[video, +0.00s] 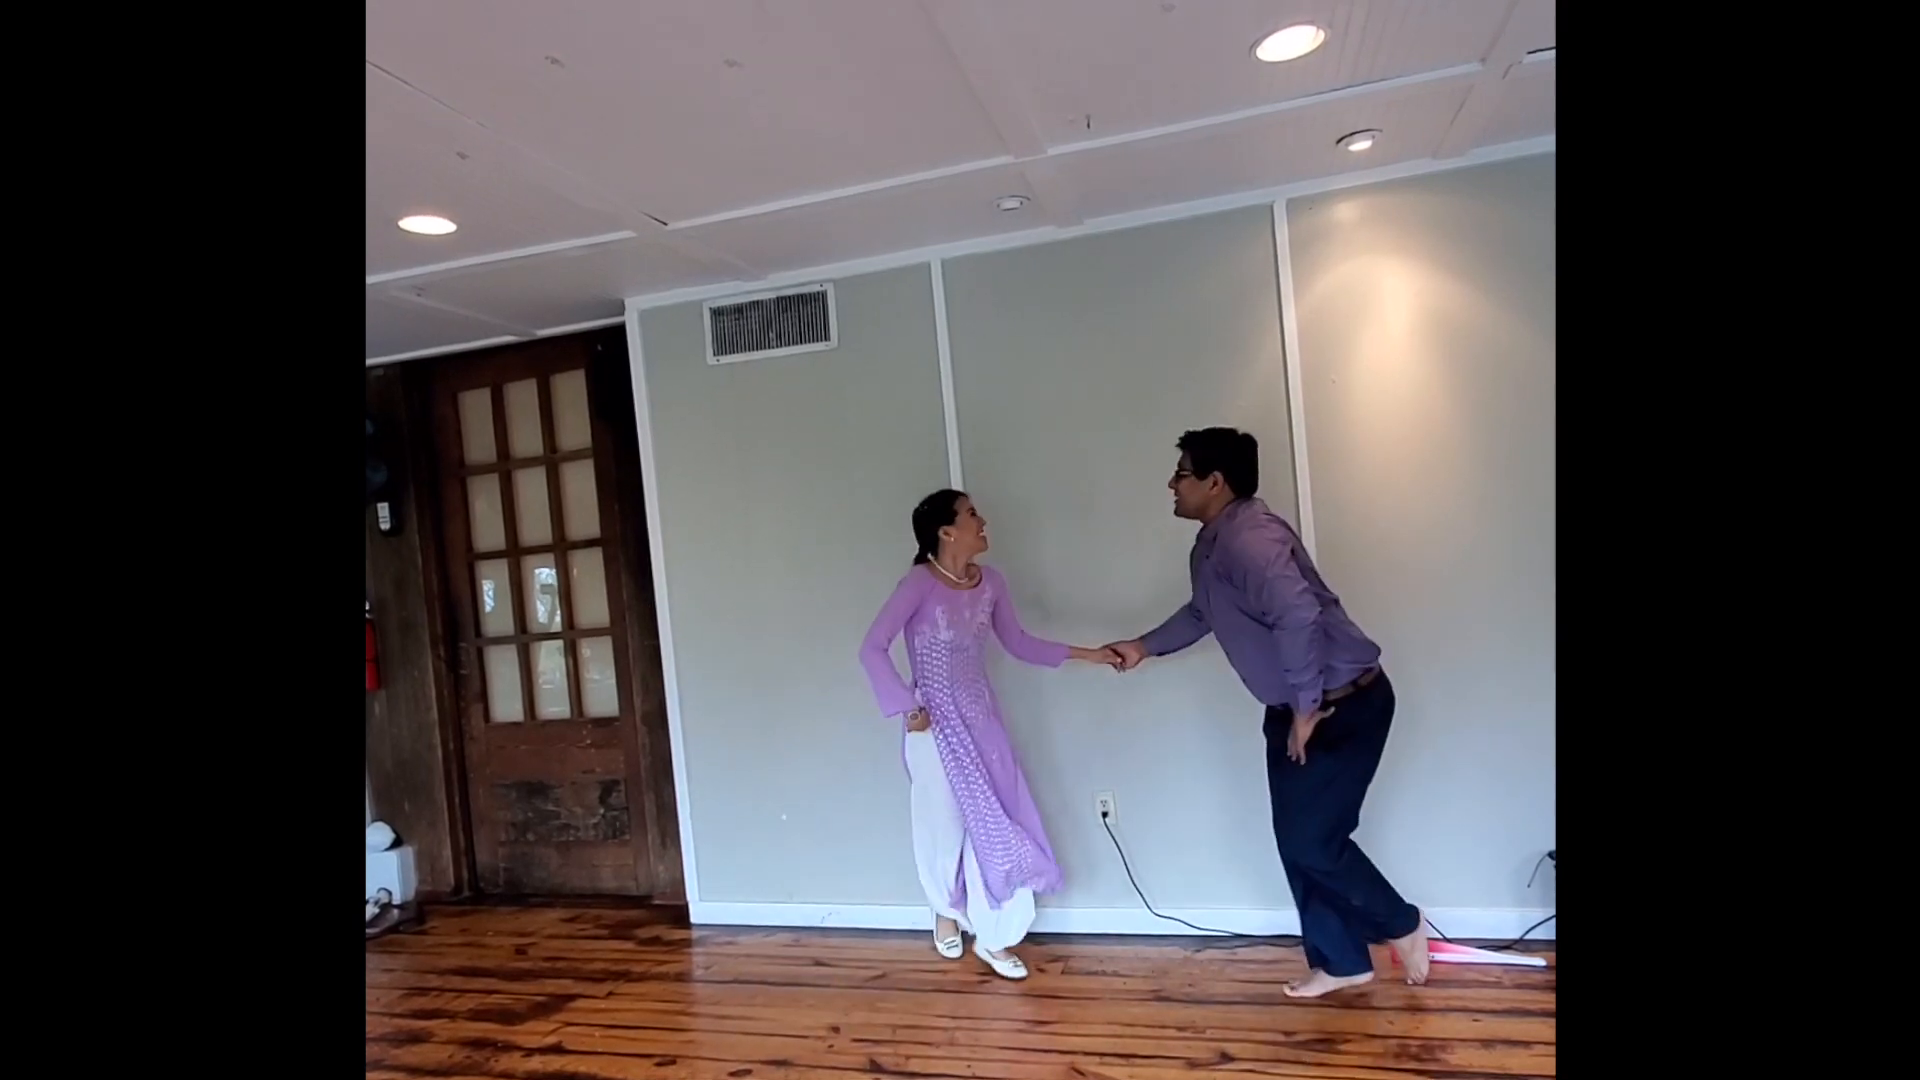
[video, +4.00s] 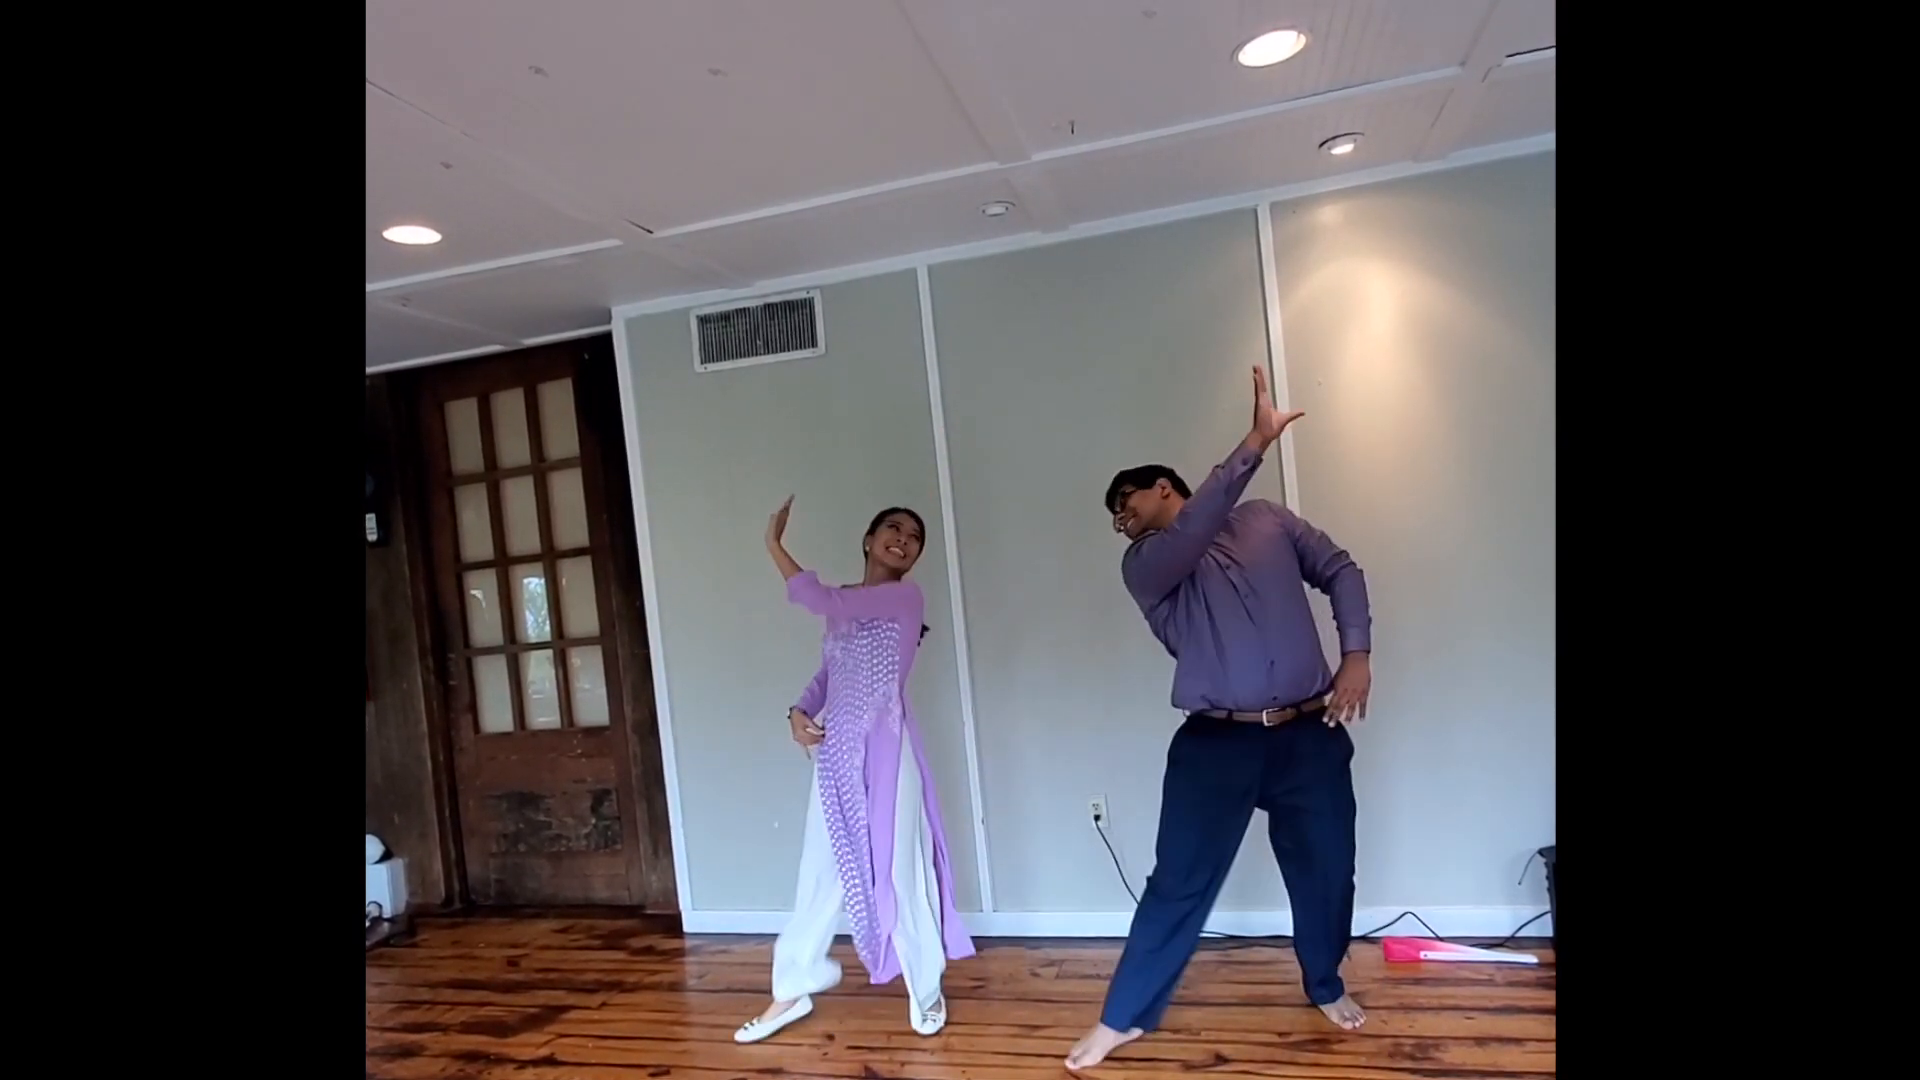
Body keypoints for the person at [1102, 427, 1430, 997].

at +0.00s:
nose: (1172, 483)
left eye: (1183, 474)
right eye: (1176, 472)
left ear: (1217, 483)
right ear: (1213, 483)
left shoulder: (1251, 537)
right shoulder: (1212, 541)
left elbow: (1299, 615)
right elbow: (1203, 613)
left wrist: (1305, 705)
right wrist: (1144, 647)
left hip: (1346, 701)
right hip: (1293, 705)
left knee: (1314, 840)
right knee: (1297, 839)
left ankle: (1405, 925)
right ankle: (1343, 963)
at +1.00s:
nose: (1206, 491)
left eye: (1217, 476)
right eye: (1197, 484)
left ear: (1260, 473)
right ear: (1197, 494)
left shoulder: (1322, 521)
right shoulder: (1199, 555)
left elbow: (1356, 581)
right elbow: (1152, 596)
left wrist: (1364, 658)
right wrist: (1103, 597)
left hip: (1305, 725)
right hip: (1226, 732)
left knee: (1313, 850)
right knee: (1252, 859)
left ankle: (1268, 979)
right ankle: (1281, 962)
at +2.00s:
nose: (1131, 484)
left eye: (1141, 471)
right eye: (1130, 471)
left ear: (1186, 472)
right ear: (1188, 474)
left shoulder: (1199, 534)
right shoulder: (1214, 523)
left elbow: (1224, 627)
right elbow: (1227, 630)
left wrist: (1181, 718)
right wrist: (1189, 718)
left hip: (1245, 734)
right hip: (1277, 728)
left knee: (1207, 889)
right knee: (1260, 879)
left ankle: (1253, 1046)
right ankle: (1320, 1035)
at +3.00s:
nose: (1124, 473)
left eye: (1136, 462)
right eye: (1115, 467)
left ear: (1171, 472)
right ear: (1108, 483)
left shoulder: (1223, 523)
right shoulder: (1091, 532)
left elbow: (1278, 588)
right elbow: (1019, 502)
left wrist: (1268, 661)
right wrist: (954, 449)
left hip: (1239, 722)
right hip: (1151, 735)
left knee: (1305, 851)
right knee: (1178, 875)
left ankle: (1357, 986)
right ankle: (1205, 986)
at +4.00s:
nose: (1121, 520)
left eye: (1125, 503)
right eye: (1117, 514)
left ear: (1167, 487)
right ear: (1149, 509)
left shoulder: (1264, 518)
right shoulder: (1146, 568)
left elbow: (1340, 570)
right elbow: (1192, 526)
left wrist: (1357, 657)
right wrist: (1252, 447)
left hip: (1308, 733)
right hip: (1214, 743)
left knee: (1327, 873)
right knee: (1178, 883)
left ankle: (1326, 984)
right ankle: (1123, 1016)